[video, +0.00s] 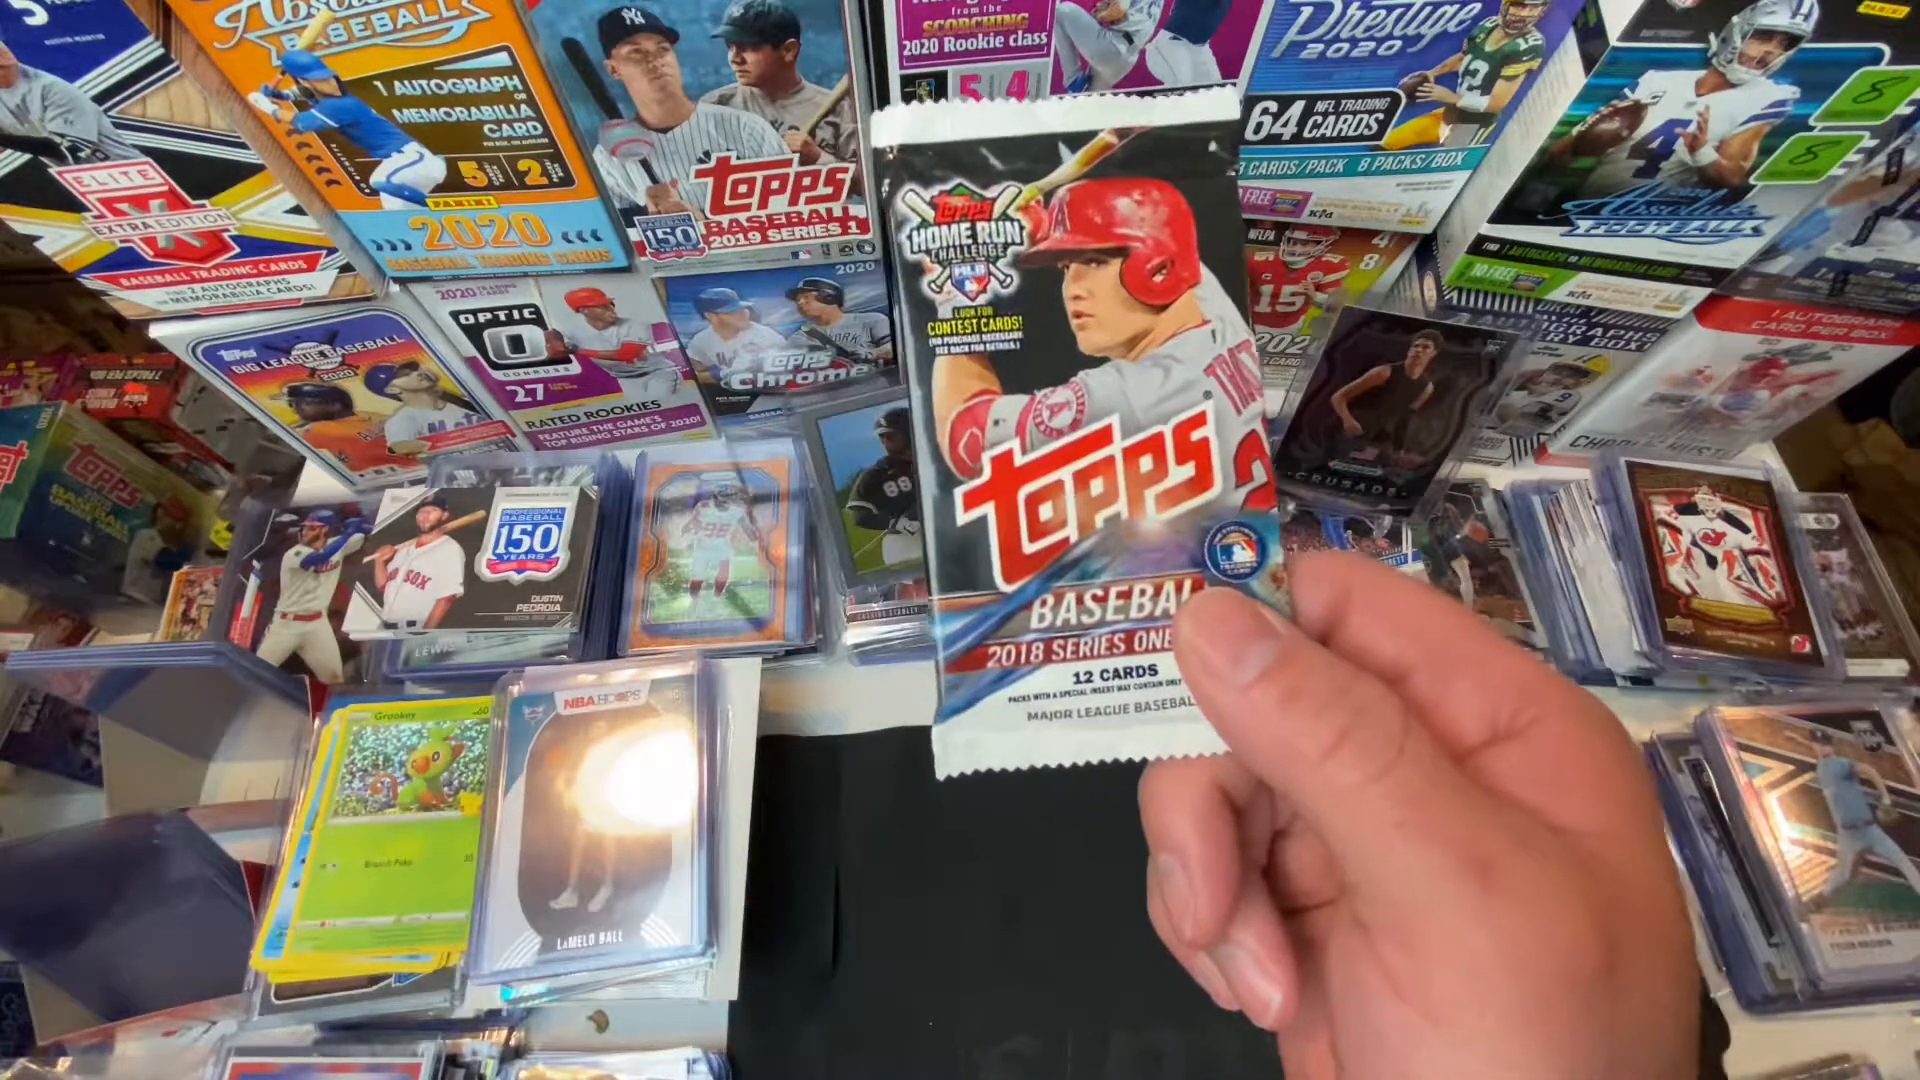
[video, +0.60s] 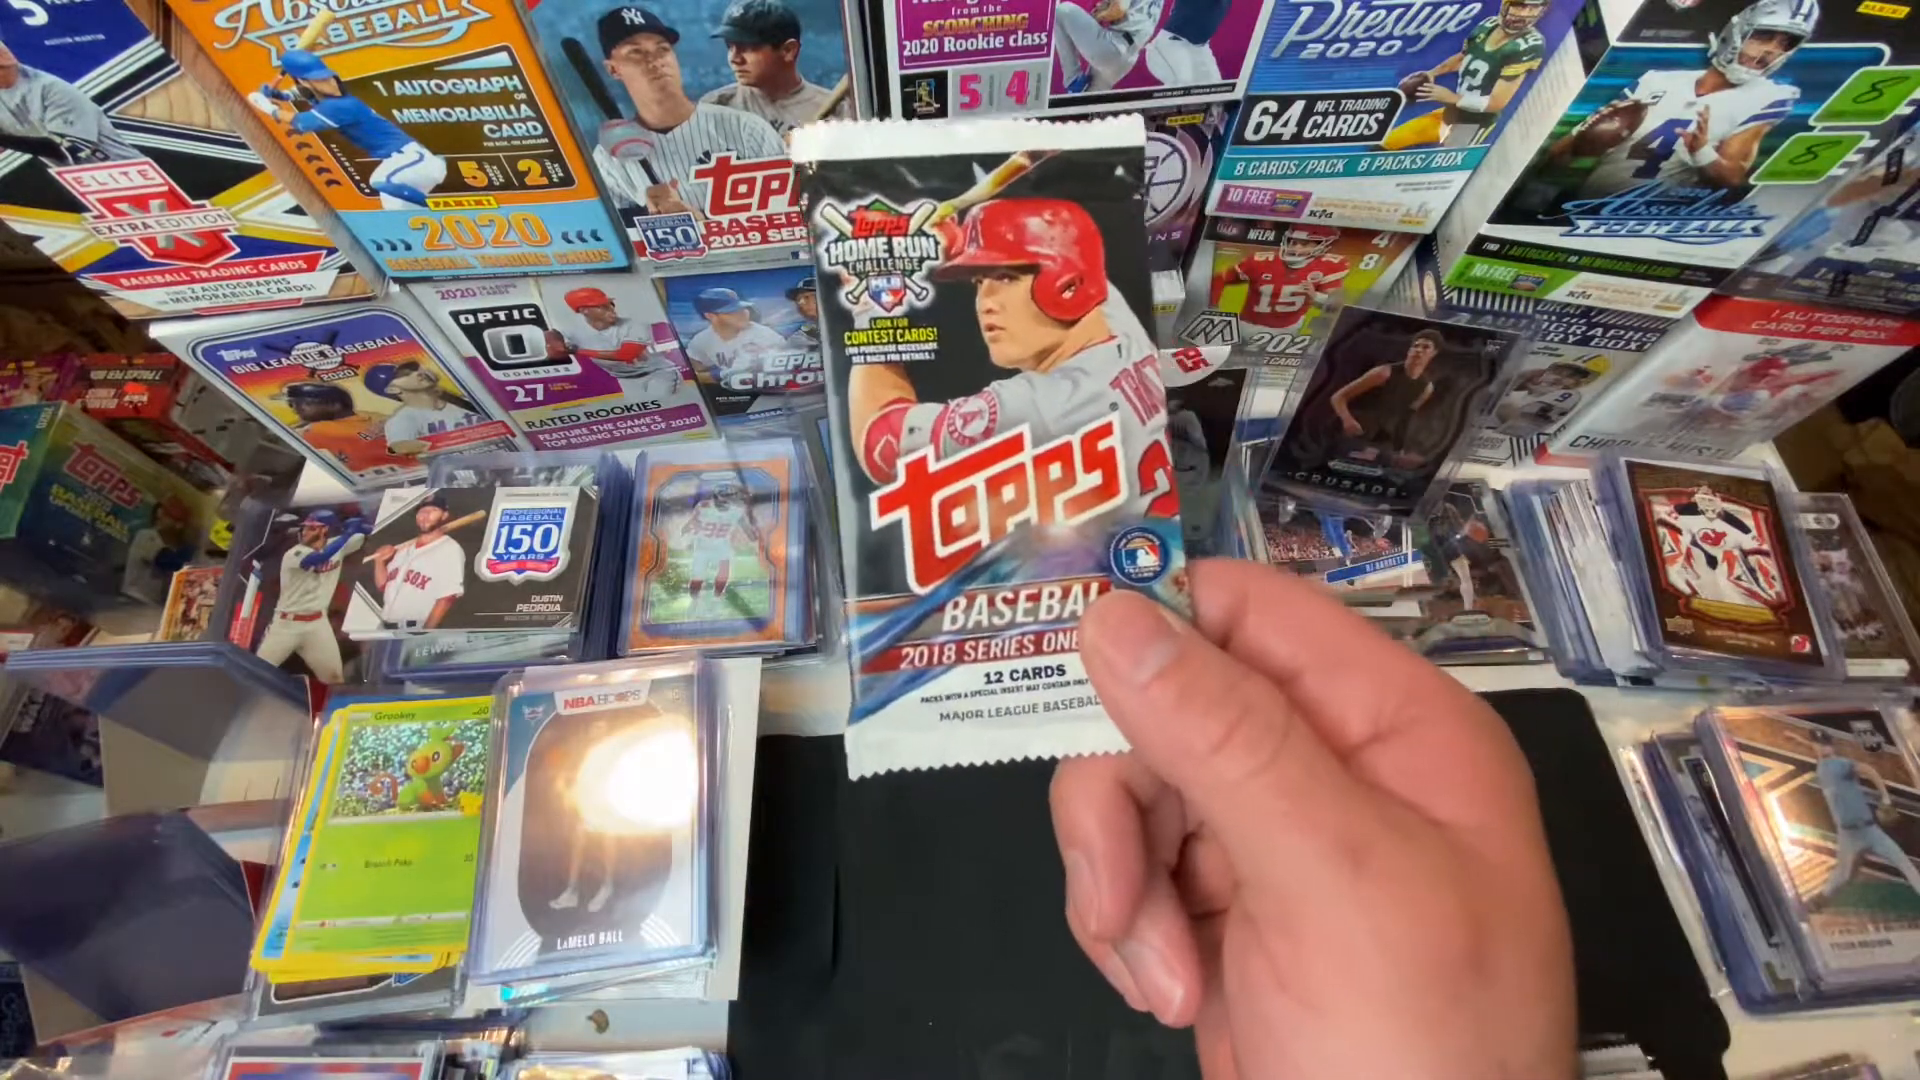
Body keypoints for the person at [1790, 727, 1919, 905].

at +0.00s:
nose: (1824, 749)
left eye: (1826, 744)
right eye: (1819, 745)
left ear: (1832, 745)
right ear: (1814, 748)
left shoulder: (1840, 764)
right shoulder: (1823, 768)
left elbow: (1870, 771)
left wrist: (1885, 797)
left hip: (1870, 828)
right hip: (1847, 834)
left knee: (1902, 862)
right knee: (1842, 875)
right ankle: (1818, 900)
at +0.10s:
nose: (1824, 749)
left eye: (1826, 744)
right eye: (1819, 745)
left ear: (1831, 745)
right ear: (1814, 748)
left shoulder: (1839, 764)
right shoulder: (1824, 768)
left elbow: (1869, 771)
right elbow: (1869, 770)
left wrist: (1885, 797)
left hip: (1870, 828)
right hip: (1847, 833)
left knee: (1903, 862)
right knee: (1843, 875)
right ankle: (1819, 899)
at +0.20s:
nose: (1824, 749)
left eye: (1826, 743)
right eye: (1819, 745)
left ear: (1831, 744)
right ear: (1813, 747)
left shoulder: (1840, 764)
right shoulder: (1822, 768)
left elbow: (1870, 771)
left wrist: (1885, 797)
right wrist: (1797, 738)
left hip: (1870, 828)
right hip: (1847, 833)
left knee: (1903, 863)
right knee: (1843, 875)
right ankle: (1820, 899)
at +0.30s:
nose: (1823, 749)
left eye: (1826, 744)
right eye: (1819, 745)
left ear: (1831, 745)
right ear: (1814, 748)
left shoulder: (1841, 764)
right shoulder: (1822, 768)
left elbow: (1869, 771)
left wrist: (1885, 796)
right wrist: (1798, 739)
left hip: (1869, 828)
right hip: (1846, 833)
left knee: (1901, 860)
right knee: (1843, 874)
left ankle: (1919, 888)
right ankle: (1820, 899)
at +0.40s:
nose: (1823, 750)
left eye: (1826, 744)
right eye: (1819, 746)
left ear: (1831, 745)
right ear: (1814, 748)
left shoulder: (1841, 764)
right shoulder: (1823, 768)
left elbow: (1870, 771)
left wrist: (1885, 796)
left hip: (1869, 827)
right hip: (1846, 833)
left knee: (1902, 861)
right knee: (1843, 874)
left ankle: (1918, 889)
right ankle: (1820, 899)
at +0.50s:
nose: (1823, 750)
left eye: (1826, 744)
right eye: (1819, 746)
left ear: (1831, 745)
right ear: (1814, 748)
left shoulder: (1841, 764)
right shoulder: (1823, 768)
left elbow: (1870, 771)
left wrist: (1885, 796)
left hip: (1869, 827)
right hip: (1846, 833)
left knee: (1901, 859)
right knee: (1843, 874)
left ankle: (1918, 888)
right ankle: (1820, 899)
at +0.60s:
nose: (1824, 750)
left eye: (1826, 745)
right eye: (1819, 746)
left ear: (1832, 745)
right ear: (1814, 748)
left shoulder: (1840, 764)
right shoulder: (1823, 769)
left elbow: (1870, 771)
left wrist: (1885, 796)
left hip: (1869, 828)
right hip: (1847, 833)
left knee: (1902, 861)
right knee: (1844, 874)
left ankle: (1918, 889)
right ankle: (1820, 899)